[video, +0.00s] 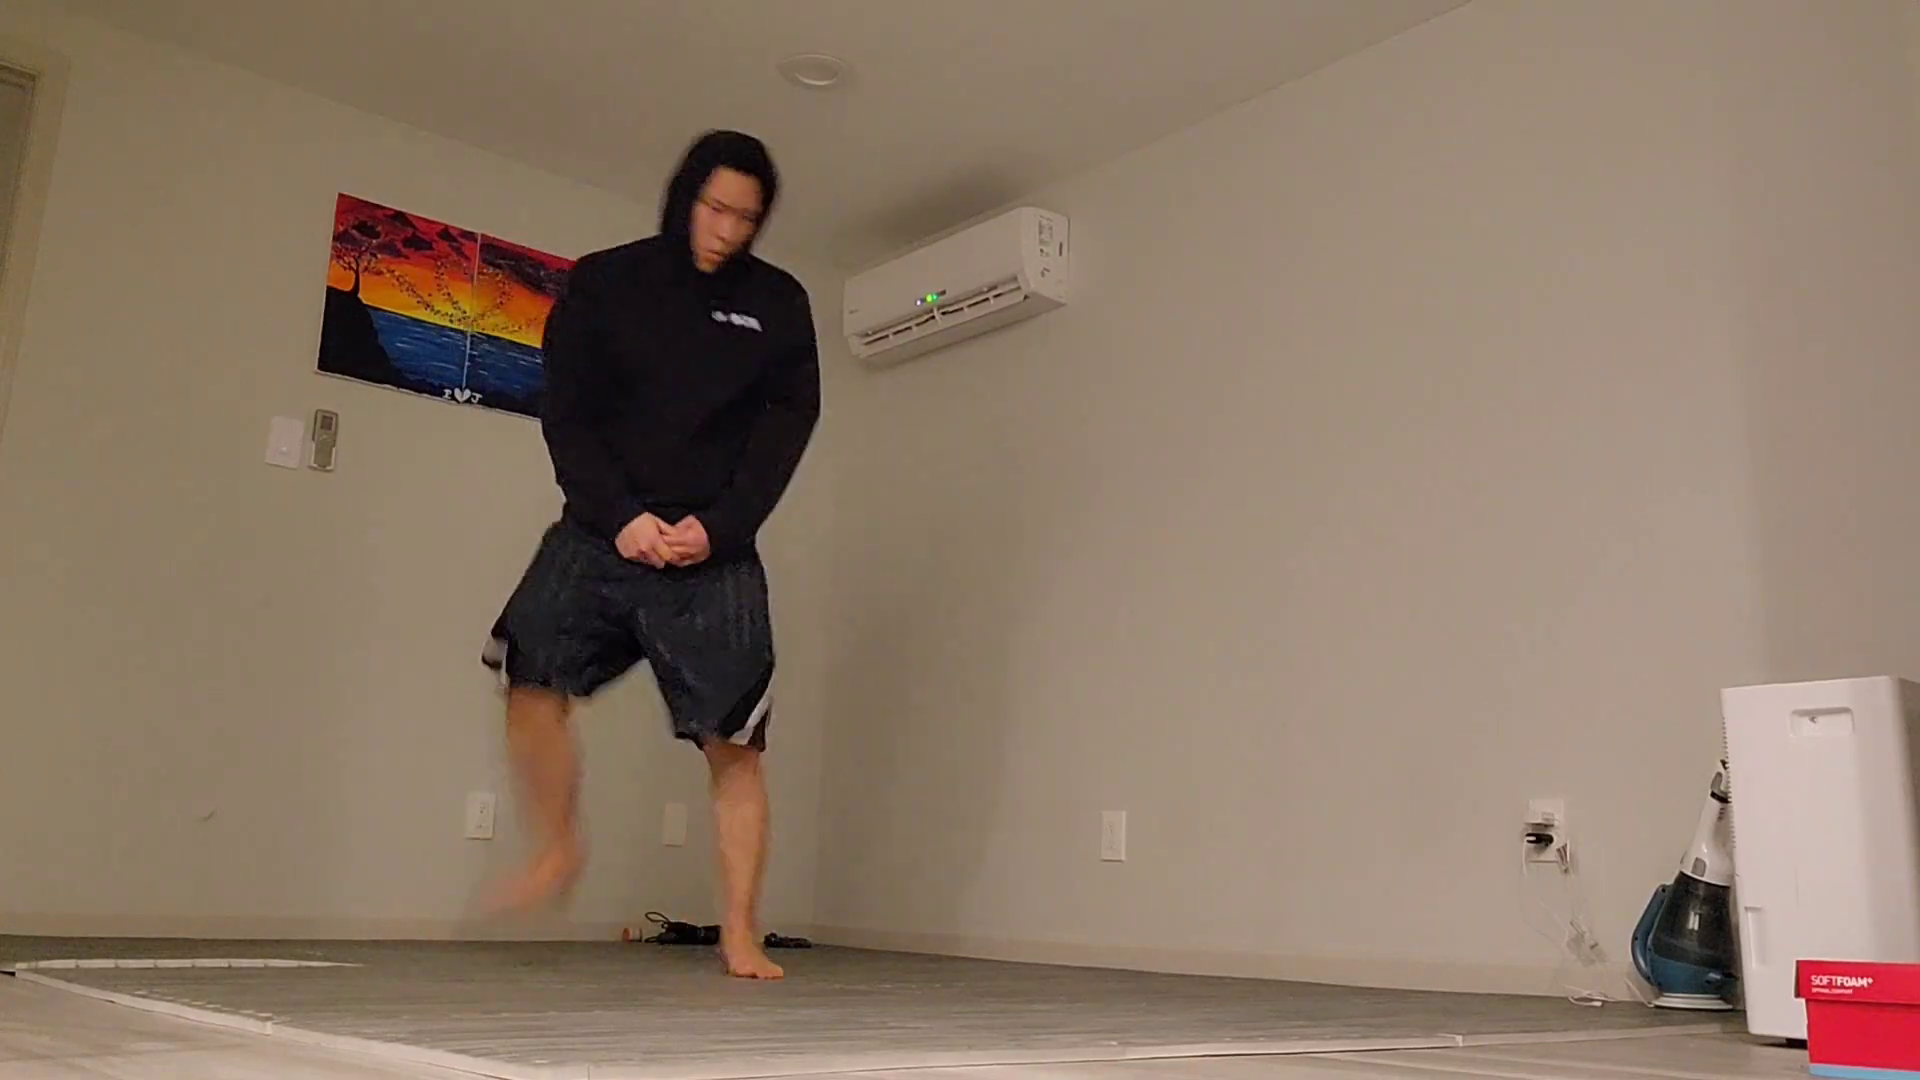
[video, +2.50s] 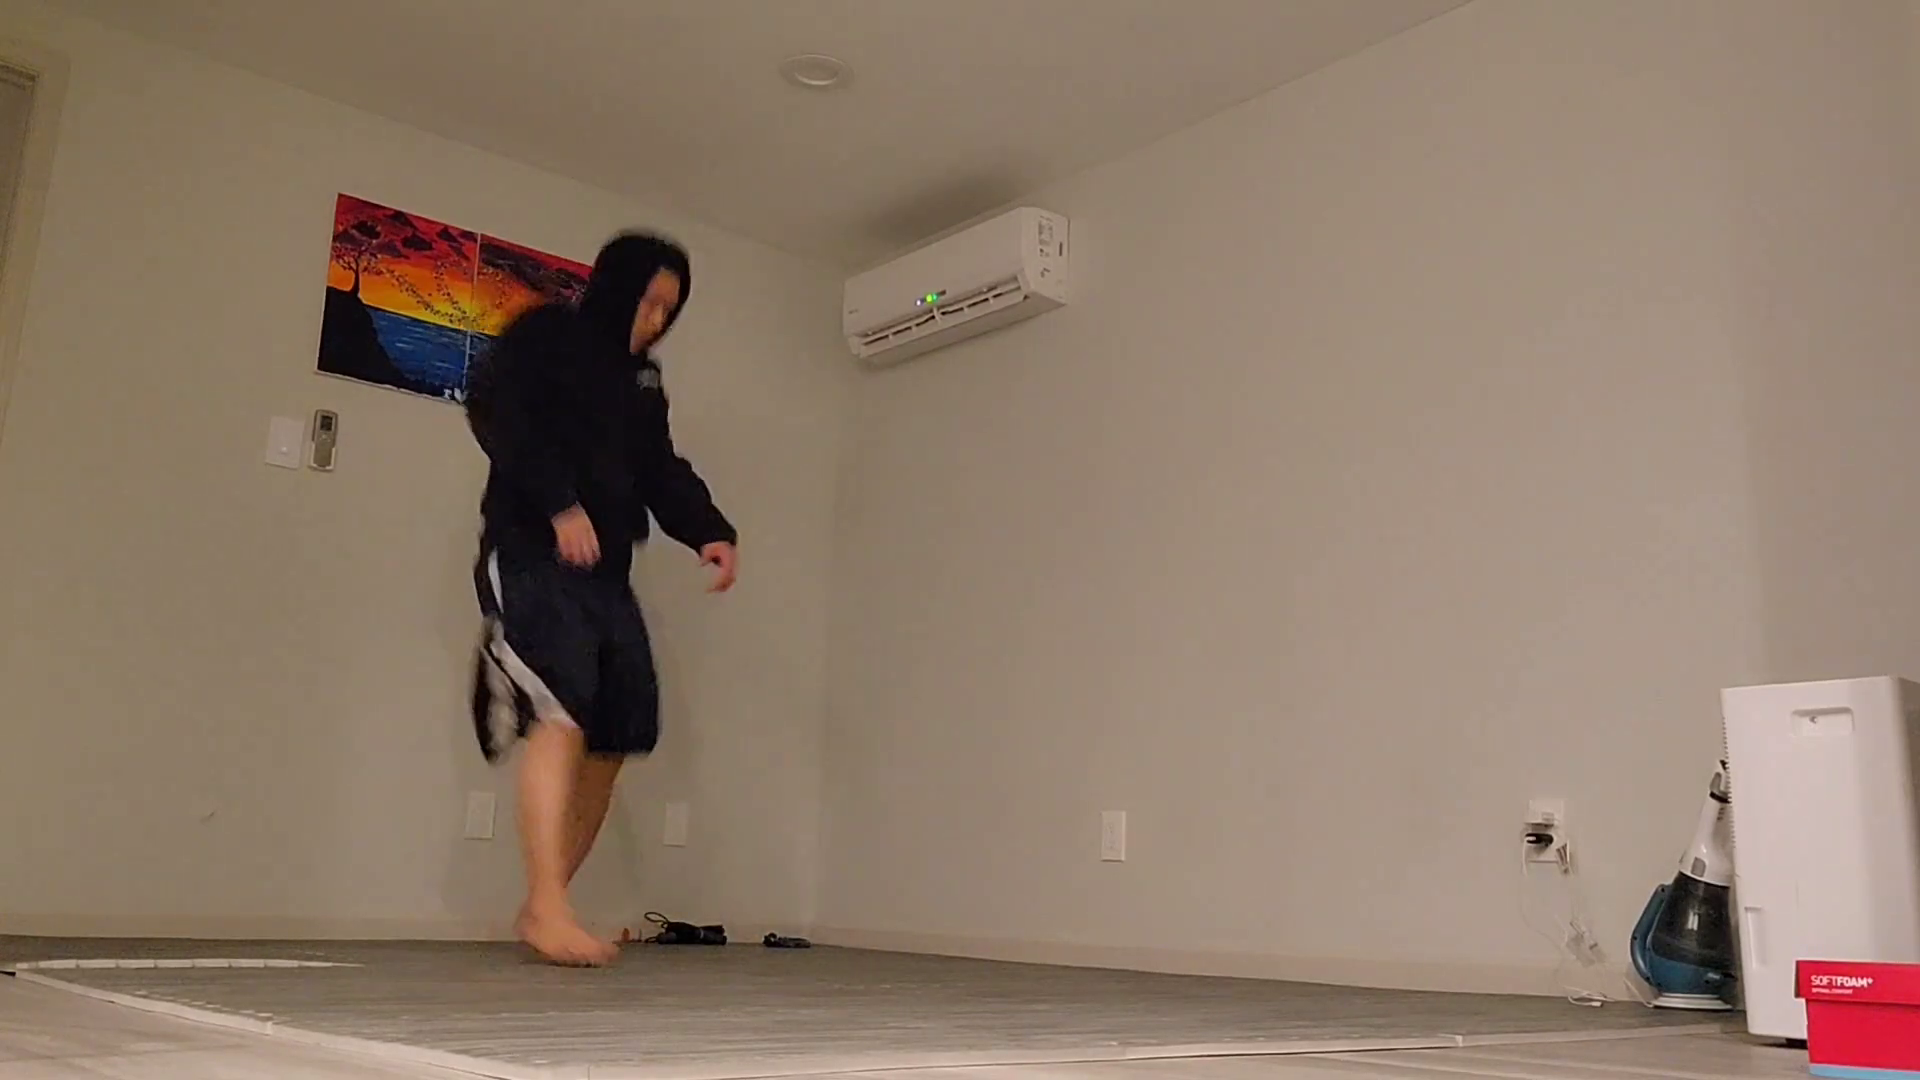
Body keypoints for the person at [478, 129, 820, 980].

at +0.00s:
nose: (727, 228)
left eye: (744, 216)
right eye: (716, 207)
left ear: (760, 222)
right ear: (686, 198)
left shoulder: (779, 303)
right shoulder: (600, 280)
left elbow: (791, 421)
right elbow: (562, 411)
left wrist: (722, 524)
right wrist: (617, 514)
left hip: (715, 550)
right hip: (598, 537)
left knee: (733, 740)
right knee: (530, 673)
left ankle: (740, 934)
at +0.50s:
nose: (675, 230)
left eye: (693, 217)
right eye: (666, 207)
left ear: (706, 218)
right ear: (630, 190)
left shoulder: (705, 285)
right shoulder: (546, 248)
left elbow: (718, 393)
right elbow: (513, 386)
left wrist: (684, 467)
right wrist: (603, 463)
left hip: (643, 522)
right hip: (542, 512)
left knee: (720, 682)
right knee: (504, 708)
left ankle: (617, 838)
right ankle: (433, 908)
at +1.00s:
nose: (730, 275)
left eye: (747, 263)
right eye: (721, 254)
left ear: (759, 266)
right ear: (687, 239)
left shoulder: (760, 341)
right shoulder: (596, 294)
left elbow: (764, 456)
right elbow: (535, 411)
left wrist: (697, 518)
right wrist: (606, 495)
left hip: (677, 551)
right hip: (569, 532)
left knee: (697, 734)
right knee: (527, 681)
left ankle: (688, 925)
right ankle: (533, 833)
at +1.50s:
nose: (654, 279)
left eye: (667, 265)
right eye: (644, 260)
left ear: (679, 264)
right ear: (607, 246)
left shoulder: (691, 324)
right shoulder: (535, 299)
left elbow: (726, 416)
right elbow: (444, 367)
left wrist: (686, 484)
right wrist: (475, 453)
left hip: (643, 555)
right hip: (538, 546)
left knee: (644, 723)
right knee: (500, 740)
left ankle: (599, 909)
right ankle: (475, 914)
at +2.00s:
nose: (643, 296)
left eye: (656, 286)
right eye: (634, 277)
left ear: (662, 292)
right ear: (594, 267)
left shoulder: (656, 367)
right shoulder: (517, 328)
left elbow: (704, 447)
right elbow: (426, 410)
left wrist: (768, 513)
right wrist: (497, 487)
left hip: (612, 577)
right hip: (521, 559)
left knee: (637, 740)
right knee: (528, 727)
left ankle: (563, 886)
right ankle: (486, 892)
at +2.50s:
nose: (660, 321)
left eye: (669, 310)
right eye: (654, 303)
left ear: (669, 311)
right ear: (618, 287)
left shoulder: (641, 375)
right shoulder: (545, 332)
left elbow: (656, 465)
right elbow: (494, 408)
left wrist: (708, 529)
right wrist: (560, 502)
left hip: (604, 568)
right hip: (529, 553)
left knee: (612, 729)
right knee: (559, 714)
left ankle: (545, 906)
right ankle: (547, 912)